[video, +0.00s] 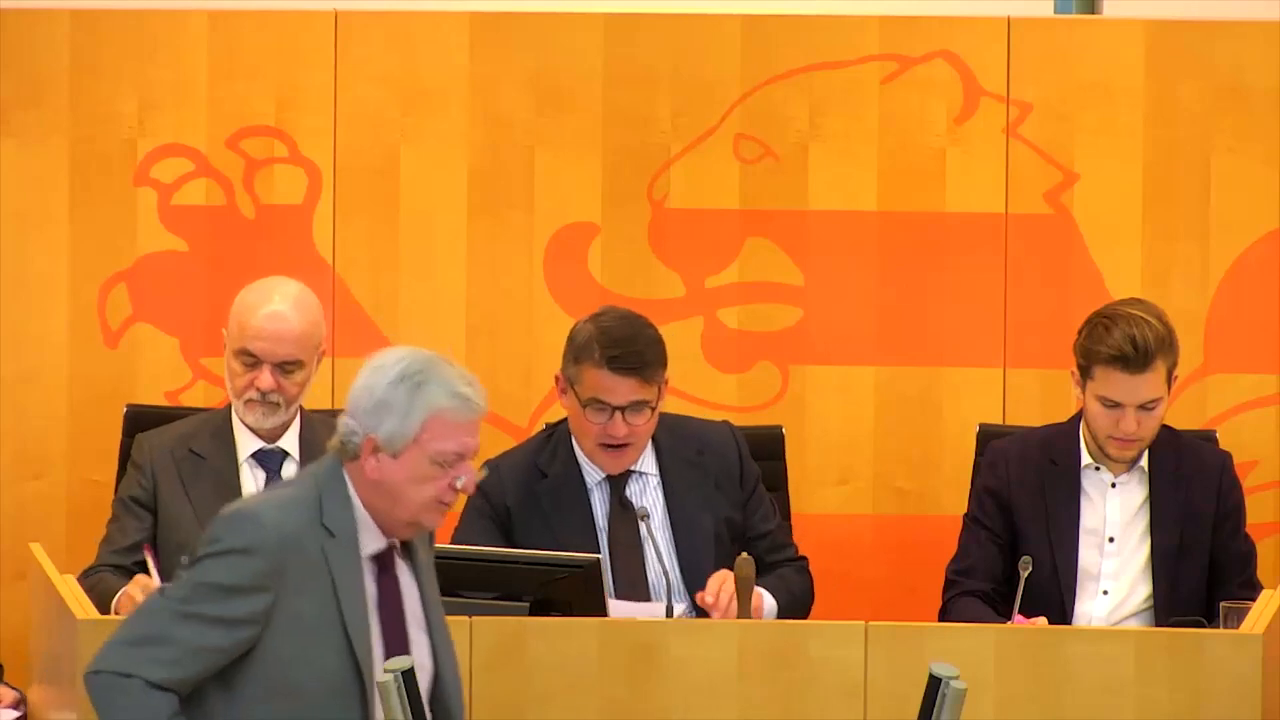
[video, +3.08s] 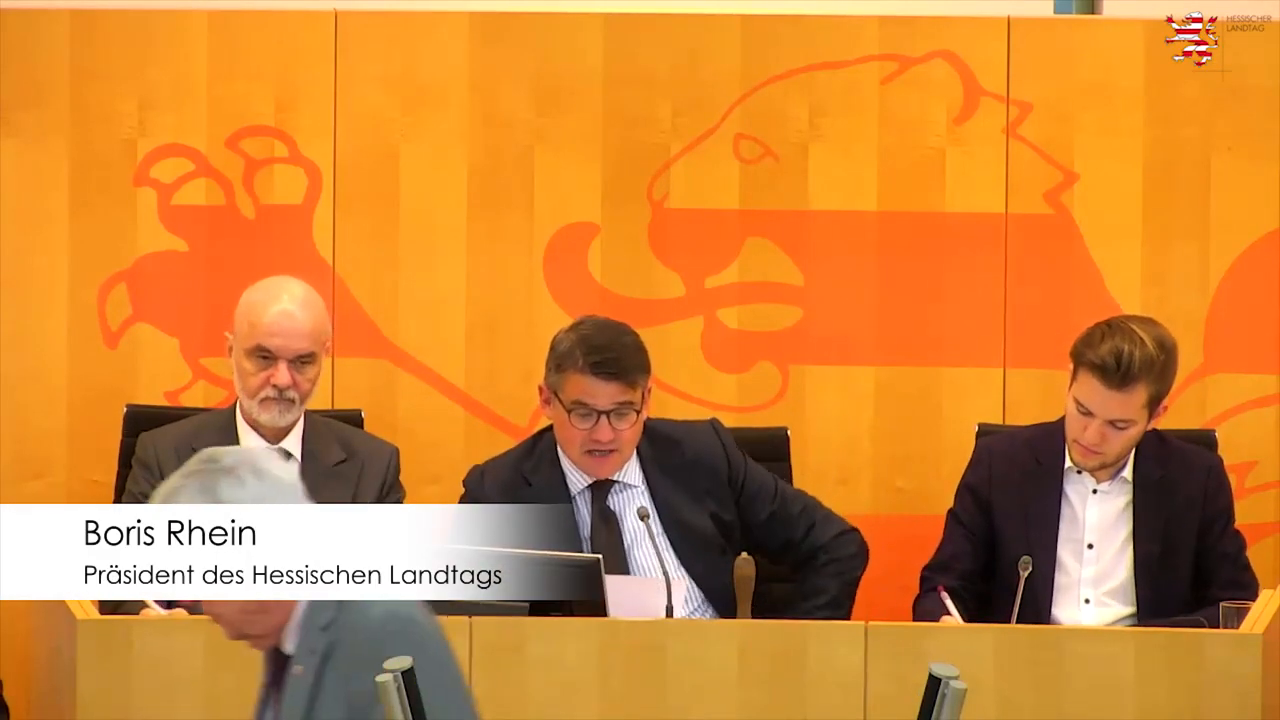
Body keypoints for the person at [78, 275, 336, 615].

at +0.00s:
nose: (265, 384)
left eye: (288, 368)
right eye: (248, 362)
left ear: (318, 361)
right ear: (226, 345)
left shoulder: (352, 454)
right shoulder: (159, 455)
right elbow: (103, 575)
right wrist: (123, 595)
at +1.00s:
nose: (274, 385)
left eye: (297, 369)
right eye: (258, 361)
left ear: (325, 360)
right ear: (232, 346)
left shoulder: (373, 463)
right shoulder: (162, 456)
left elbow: (393, 591)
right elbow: (123, 584)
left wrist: (310, 628)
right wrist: (168, 629)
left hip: (332, 673)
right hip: (201, 669)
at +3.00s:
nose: (281, 382)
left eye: (302, 362)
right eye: (263, 358)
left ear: (324, 356)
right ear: (231, 350)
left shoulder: (373, 464)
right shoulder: (161, 455)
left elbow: (391, 586)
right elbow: (120, 584)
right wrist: (149, 619)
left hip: (330, 668)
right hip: (195, 660)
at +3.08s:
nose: (282, 381)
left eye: (303, 361)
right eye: (263, 357)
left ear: (324, 355)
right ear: (231, 350)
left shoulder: (373, 464)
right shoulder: (161, 454)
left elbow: (396, 588)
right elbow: (119, 584)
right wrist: (151, 617)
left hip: (333, 668)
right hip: (193, 661)